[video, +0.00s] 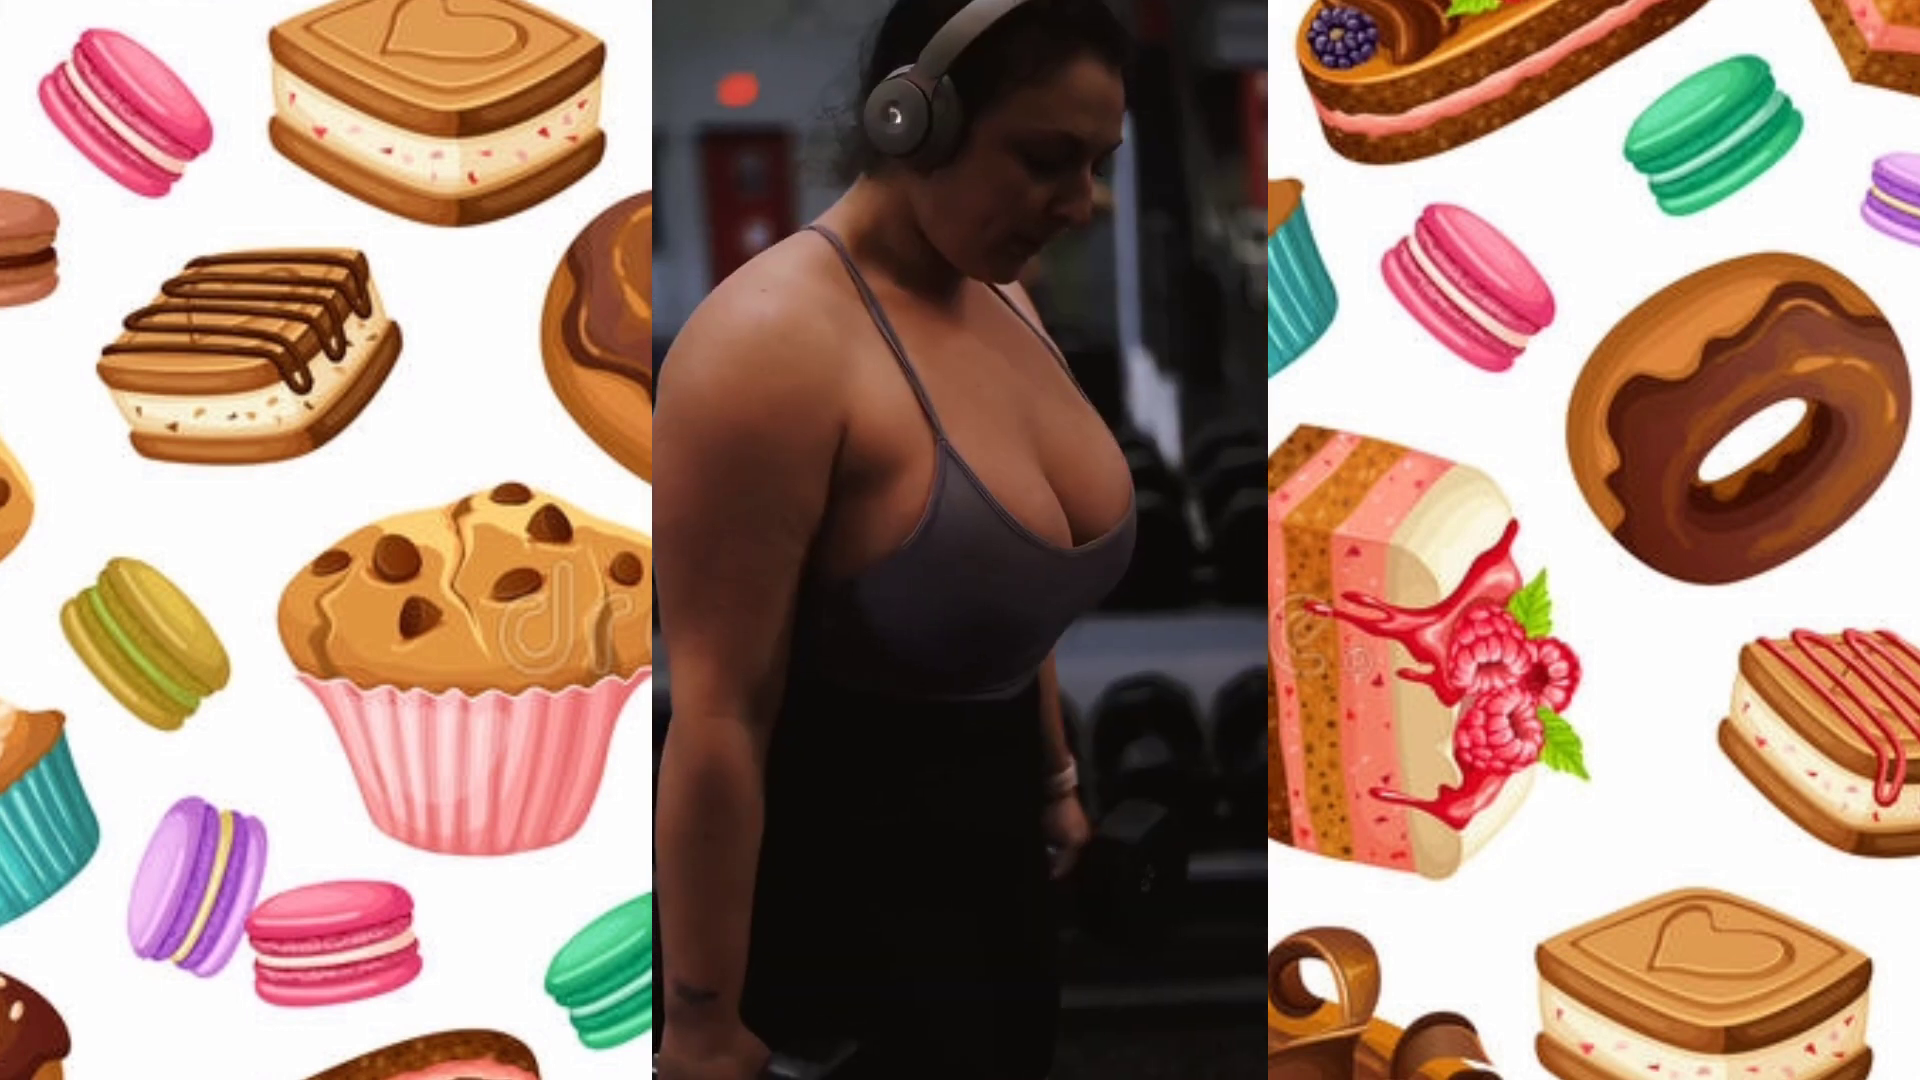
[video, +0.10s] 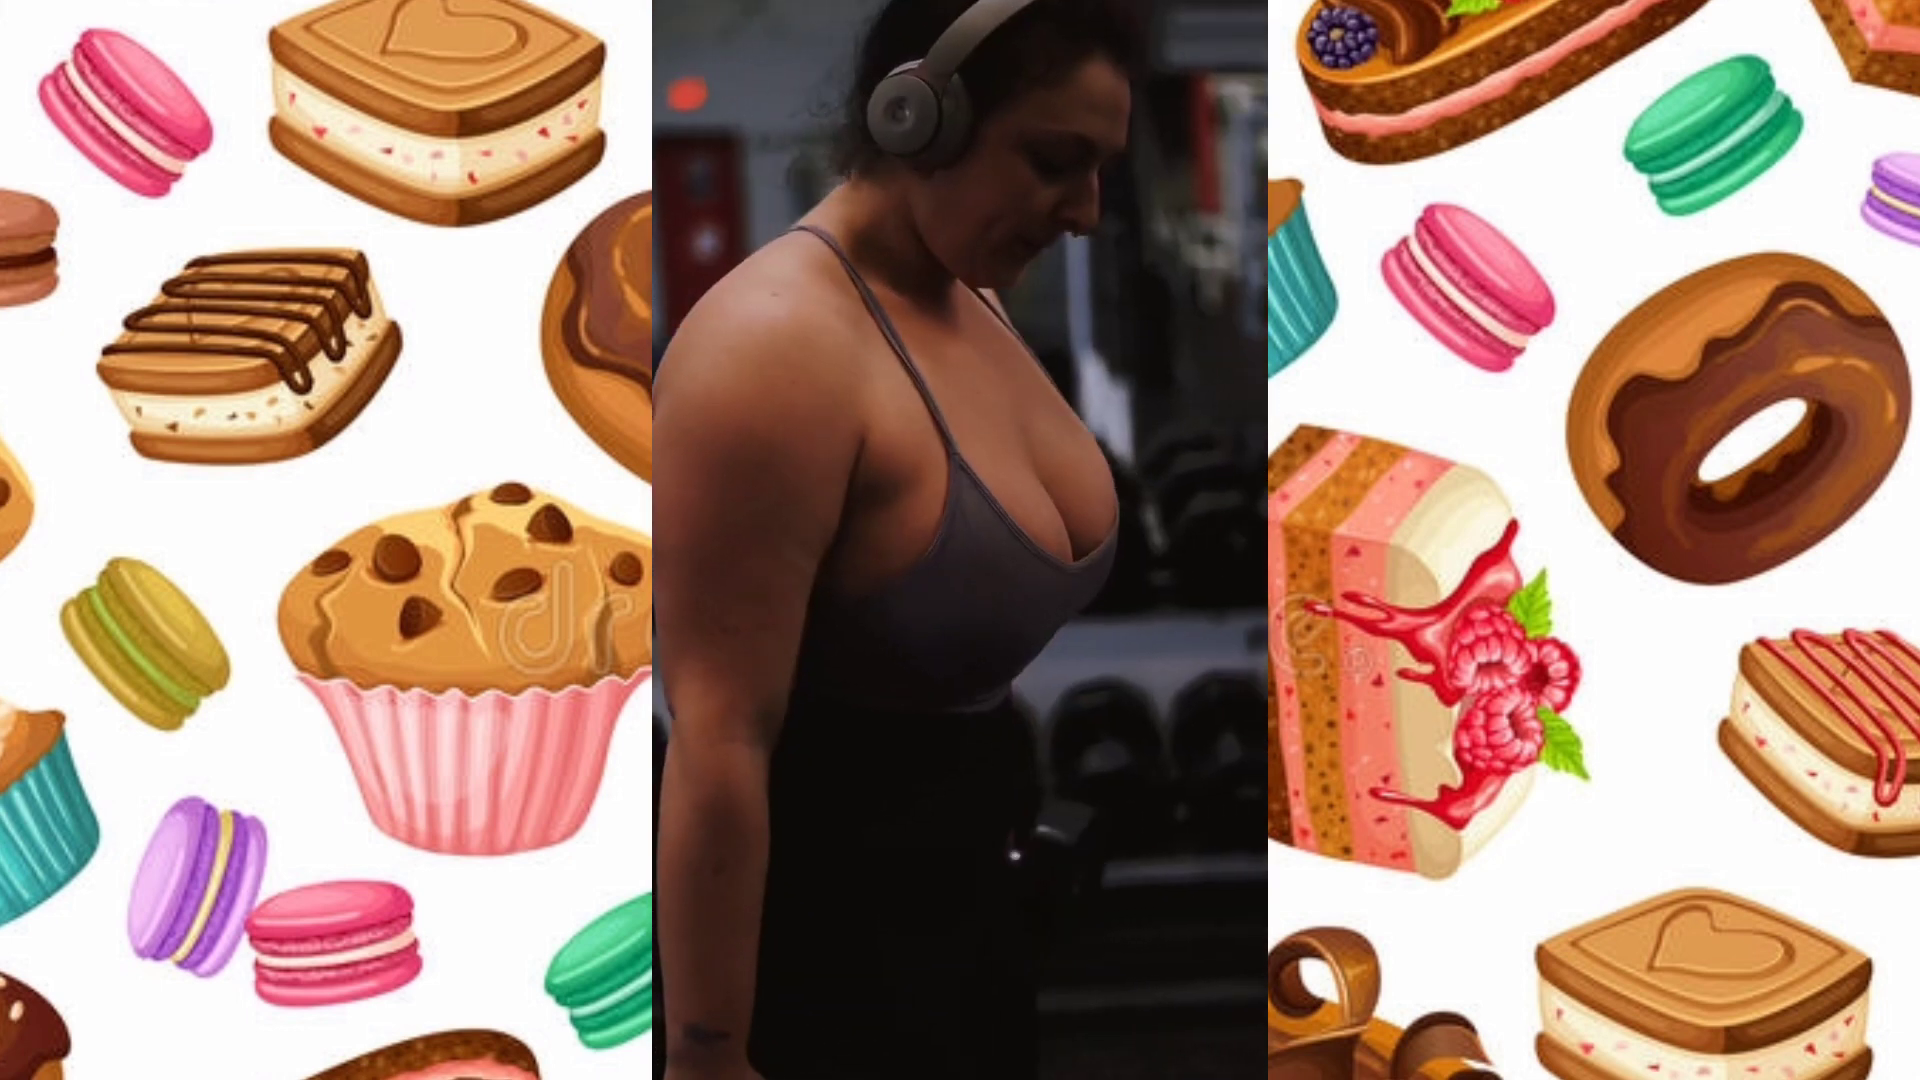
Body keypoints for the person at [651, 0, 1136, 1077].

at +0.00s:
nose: (1084, 201)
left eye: (1098, 163)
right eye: (1047, 158)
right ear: (914, 117)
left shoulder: (997, 296)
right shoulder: (765, 343)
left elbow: (1001, 582)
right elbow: (717, 714)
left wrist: (1054, 781)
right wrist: (701, 1019)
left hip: (989, 850)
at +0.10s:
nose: (1085, 212)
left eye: (1102, 169)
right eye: (1054, 160)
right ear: (918, 112)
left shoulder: (963, 303)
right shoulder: (769, 342)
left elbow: (948, 669)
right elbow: (717, 735)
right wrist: (705, 1052)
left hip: (962, 832)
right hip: (815, 855)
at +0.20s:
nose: (1109, 224)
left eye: (1121, 182)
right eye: (1083, 173)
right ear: (945, 120)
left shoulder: (953, 310)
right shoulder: (800, 354)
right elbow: (741, 757)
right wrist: (733, 1067)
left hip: (941, 862)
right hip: (817, 887)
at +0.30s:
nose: (1129, 248)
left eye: (1139, 204)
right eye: (1105, 199)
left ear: (968, 160)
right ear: (966, 154)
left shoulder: (918, 326)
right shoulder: (833, 384)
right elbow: (773, 790)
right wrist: (773, 1074)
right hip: (829, 937)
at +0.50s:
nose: (1122, 252)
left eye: (1126, 209)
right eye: (1102, 202)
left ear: (969, 183)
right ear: (977, 181)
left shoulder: (785, 337)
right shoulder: (903, 412)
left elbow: (747, 726)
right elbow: (876, 799)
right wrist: (890, 1063)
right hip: (850, 879)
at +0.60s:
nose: (1100, 228)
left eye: (1097, 185)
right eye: (1077, 181)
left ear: (954, 178)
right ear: (960, 176)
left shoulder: (757, 354)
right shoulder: (934, 395)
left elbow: (754, 722)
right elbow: (931, 777)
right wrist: (966, 1070)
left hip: (747, 865)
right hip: (870, 884)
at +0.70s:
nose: (1062, 211)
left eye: (1057, 170)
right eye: (1039, 165)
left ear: (925, 166)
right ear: (930, 164)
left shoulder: (714, 362)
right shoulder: (941, 380)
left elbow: (716, 701)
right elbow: (972, 762)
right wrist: (1031, 1065)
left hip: (727, 854)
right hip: (883, 870)